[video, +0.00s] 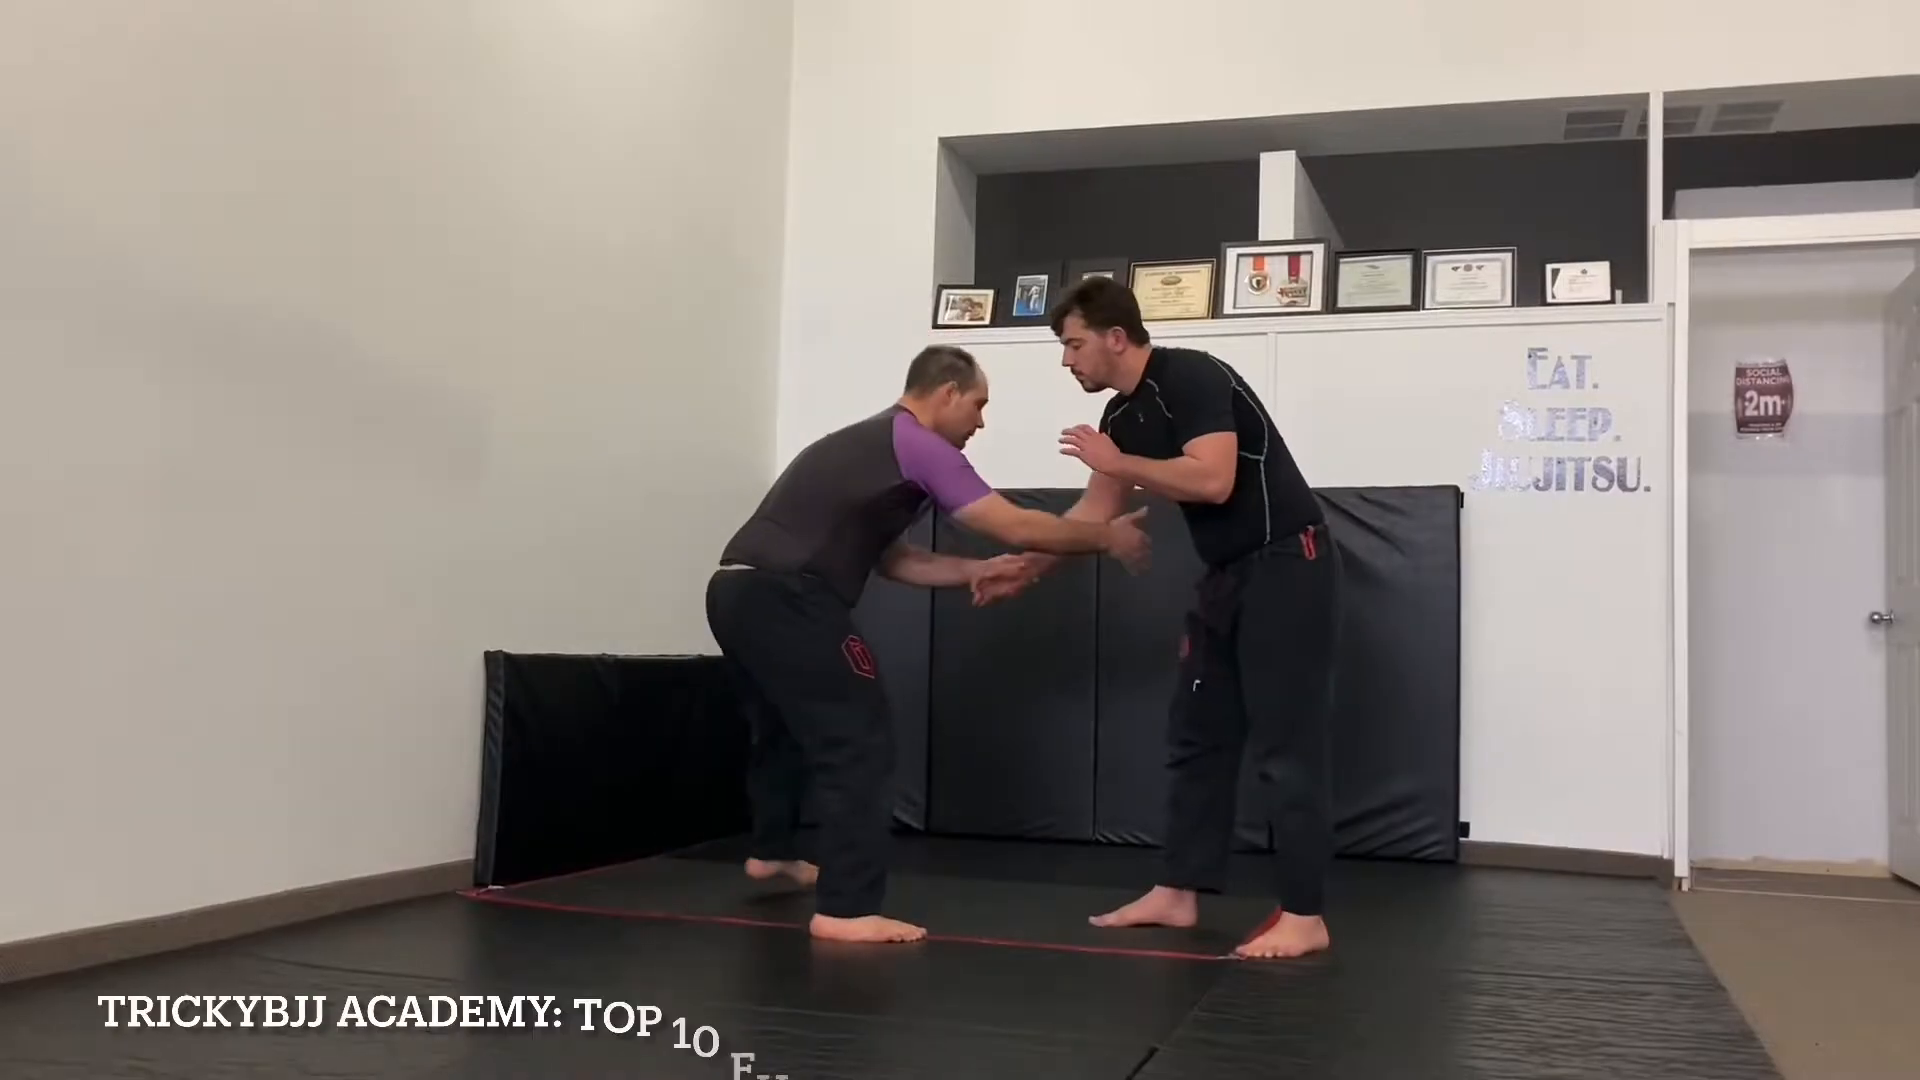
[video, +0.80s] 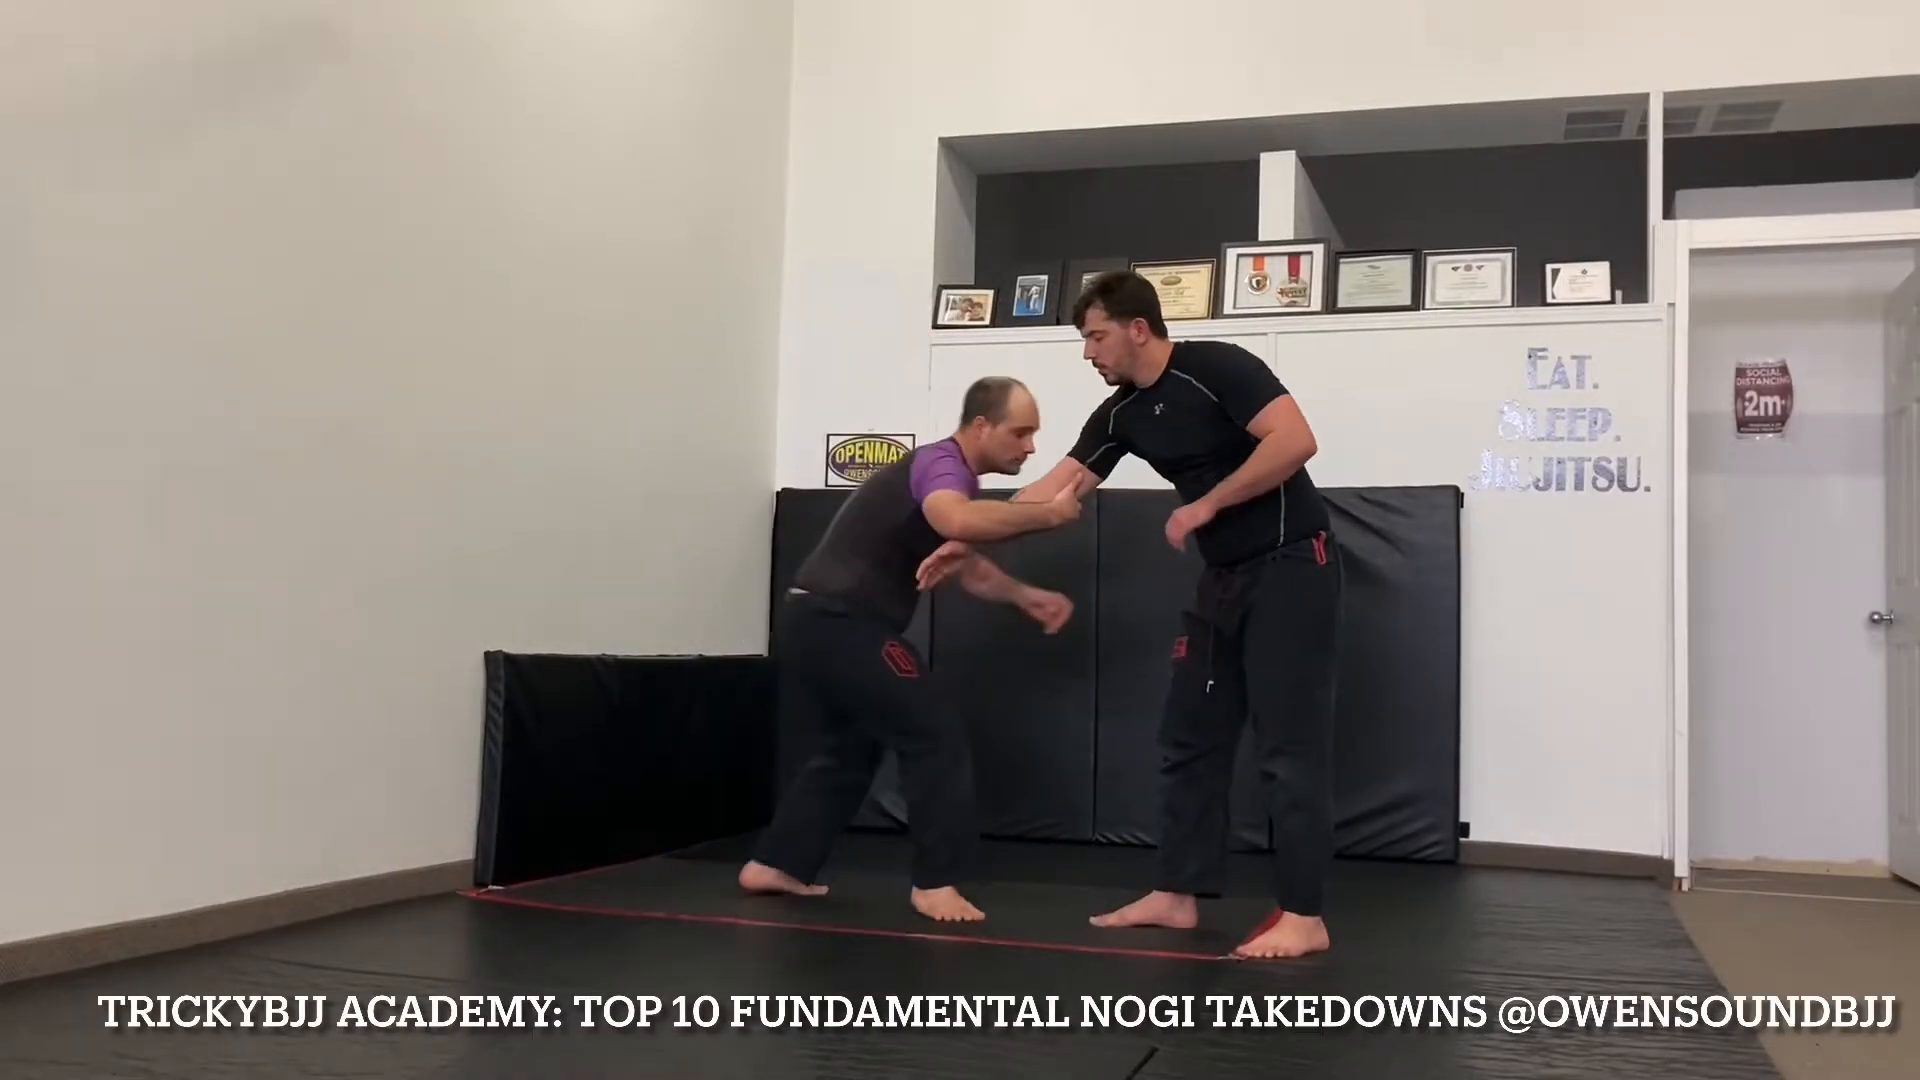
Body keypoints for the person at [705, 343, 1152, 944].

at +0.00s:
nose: (979, 423)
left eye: (982, 409)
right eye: (978, 407)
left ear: (923, 394)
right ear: (947, 393)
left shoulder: (867, 441)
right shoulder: (919, 442)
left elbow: (891, 559)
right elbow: (1014, 528)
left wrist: (976, 570)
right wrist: (1105, 537)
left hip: (736, 588)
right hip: (787, 596)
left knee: (785, 724)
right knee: (860, 732)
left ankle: (772, 851)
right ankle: (846, 908)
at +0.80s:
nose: (1029, 448)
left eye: (1032, 436)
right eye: (1021, 435)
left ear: (981, 430)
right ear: (980, 427)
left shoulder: (951, 476)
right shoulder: (940, 461)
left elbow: (966, 565)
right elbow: (953, 519)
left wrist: (1027, 597)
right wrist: (1043, 513)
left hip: (818, 617)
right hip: (842, 621)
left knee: (850, 745)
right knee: (934, 730)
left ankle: (779, 863)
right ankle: (934, 882)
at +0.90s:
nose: (1049, 452)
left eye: (1053, 440)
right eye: (1041, 439)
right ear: (999, 430)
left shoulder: (1000, 484)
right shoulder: (959, 464)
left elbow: (1017, 554)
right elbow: (972, 526)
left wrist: (1086, 579)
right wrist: (1064, 516)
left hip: (897, 623)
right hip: (873, 620)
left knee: (902, 750)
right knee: (960, 737)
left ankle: (806, 834)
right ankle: (937, 884)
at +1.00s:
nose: (1059, 454)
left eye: (1064, 441)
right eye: (1045, 442)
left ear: (1069, 430)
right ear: (1009, 432)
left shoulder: (1043, 480)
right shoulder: (973, 467)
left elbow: (1083, 538)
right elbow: (992, 539)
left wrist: (1156, 551)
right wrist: (1072, 516)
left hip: (953, 620)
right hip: (903, 615)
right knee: (974, 739)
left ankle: (881, 813)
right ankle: (940, 885)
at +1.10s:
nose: (1069, 458)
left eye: (1077, 443)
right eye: (1053, 447)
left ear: (1086, 429)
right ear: (1021, 439)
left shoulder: (1082, 473)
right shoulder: (994, 473)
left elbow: (1133, 511)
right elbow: (1009, 556)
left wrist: (1207, 521)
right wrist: (1095, 527)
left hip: (1004, 620)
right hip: (940, 620)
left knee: (1055, 724)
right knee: (991, 741)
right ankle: (940, 882)